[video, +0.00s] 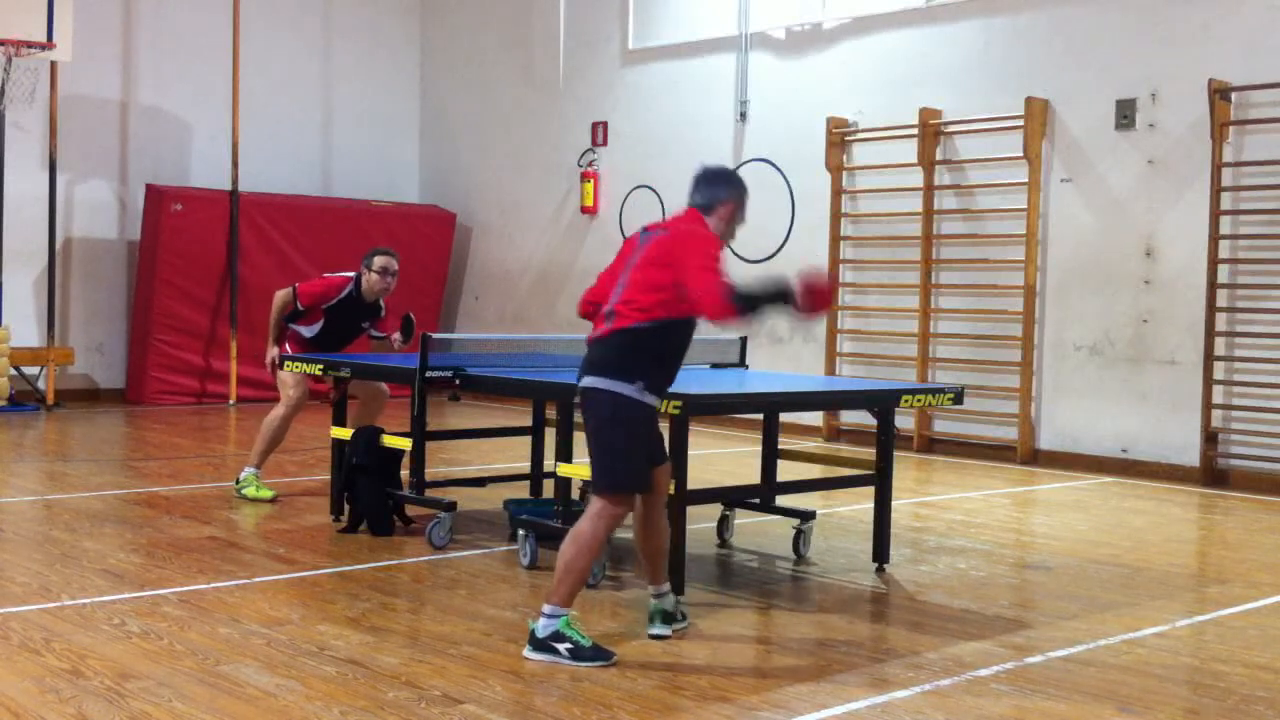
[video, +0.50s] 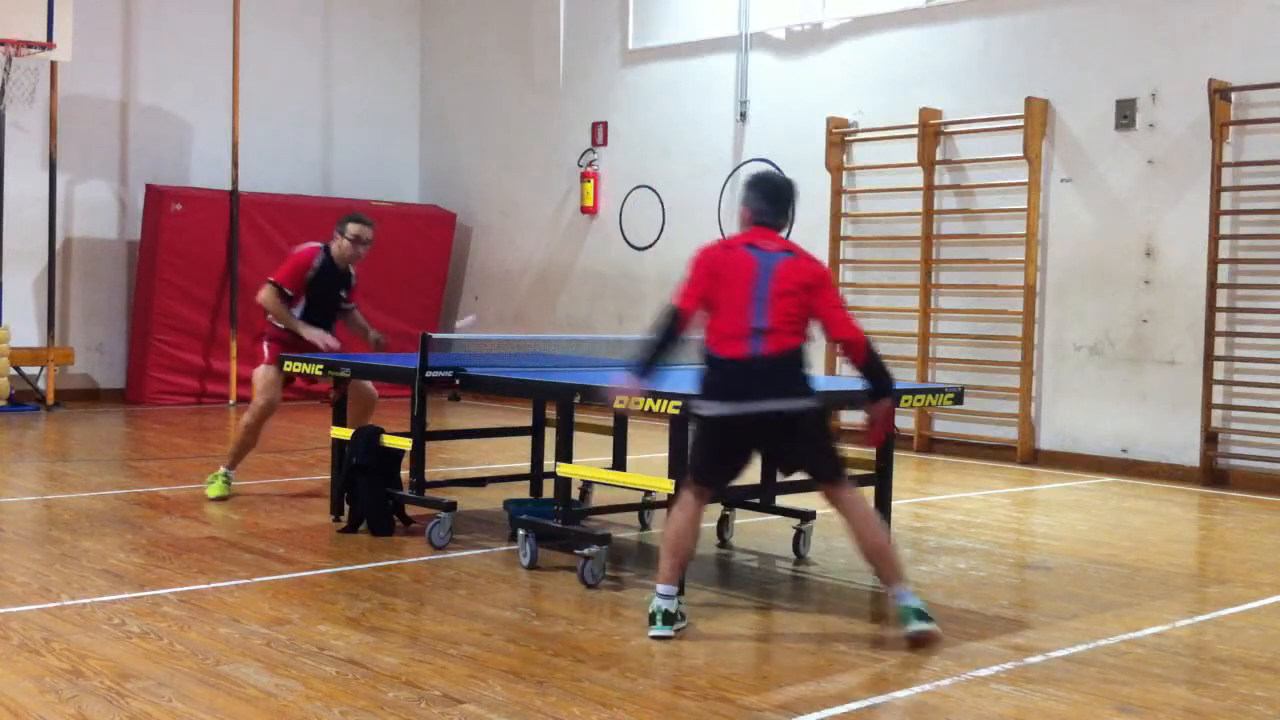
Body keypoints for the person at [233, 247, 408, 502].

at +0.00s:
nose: (389, 281)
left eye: (394, 275)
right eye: (384, 273)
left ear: (396, 279)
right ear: (365, 272)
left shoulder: (378, 306)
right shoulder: (336, 286)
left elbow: (376, 351)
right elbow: (282, 297)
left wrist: (392, 344)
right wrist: (272, 343)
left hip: (330, 355)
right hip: (294, 347)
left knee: (377, 394)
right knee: (295, 397)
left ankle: (353, 465)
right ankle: (249, 475)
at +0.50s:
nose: (360, 250)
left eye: (366, 244)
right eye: (356, 241)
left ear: (369, 247)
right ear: (338, 237)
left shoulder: (349, 274)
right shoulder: (309, 256)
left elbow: (346, 309)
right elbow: (267, 296)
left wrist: (369, 334)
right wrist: (305, 330)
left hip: (320, 348)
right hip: (280, 343)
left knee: (366, 397)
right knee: (266, 401)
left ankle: (347, 467)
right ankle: (225, 472)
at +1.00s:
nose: (354, 260)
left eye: (361, 254)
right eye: (348, 253)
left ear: (371, 250)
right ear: (339, 247)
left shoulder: (379, 271)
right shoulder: (324, 256)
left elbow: (410, 316)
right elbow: (291, 256)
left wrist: (381, 312)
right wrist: (258, 265)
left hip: (362, 348)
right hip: (314, 342)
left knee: (396, 398)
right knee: (263, 395)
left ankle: (397, 474)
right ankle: (222, 473)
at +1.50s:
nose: (331, 221)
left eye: (335, 215)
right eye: (324, 214)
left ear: (338, 217)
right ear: (305, 214)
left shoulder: (329, 252)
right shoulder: (279, 238)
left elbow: (341, 287)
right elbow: (228, 266)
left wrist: (368, 308)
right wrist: (266, 274)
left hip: (307, 331)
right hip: (263, 330)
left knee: (354, 387)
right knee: (238, 405)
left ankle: (333, 462)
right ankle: (208, 452)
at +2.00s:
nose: (350, 253)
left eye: (353, 247)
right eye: (345, 245)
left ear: (344, 250)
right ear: (322, 242)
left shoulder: (328, 289)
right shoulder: (290, 257)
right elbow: (235, 263)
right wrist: (269, 278)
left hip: (273, 356)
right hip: (239, 343)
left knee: (330, 389)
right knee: (220, 410)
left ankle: (318, 472)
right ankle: (159, 481)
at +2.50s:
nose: (396, 225)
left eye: (401, 219)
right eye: (390, 217)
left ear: (405, 222)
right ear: (371, 217)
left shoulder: (402, 258)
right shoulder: (343, 241)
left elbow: (429, 301)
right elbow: (293, 260)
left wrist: (444, 311)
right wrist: (286, 282)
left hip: (373, 336)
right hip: (325, 330)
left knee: (404, 397)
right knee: (288, 392)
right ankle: (247, 463)